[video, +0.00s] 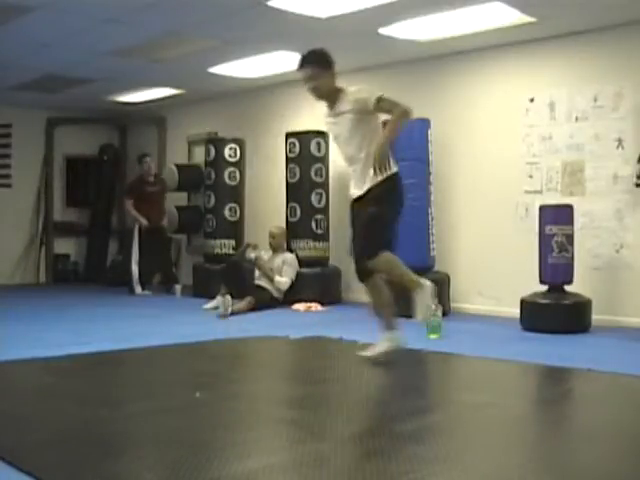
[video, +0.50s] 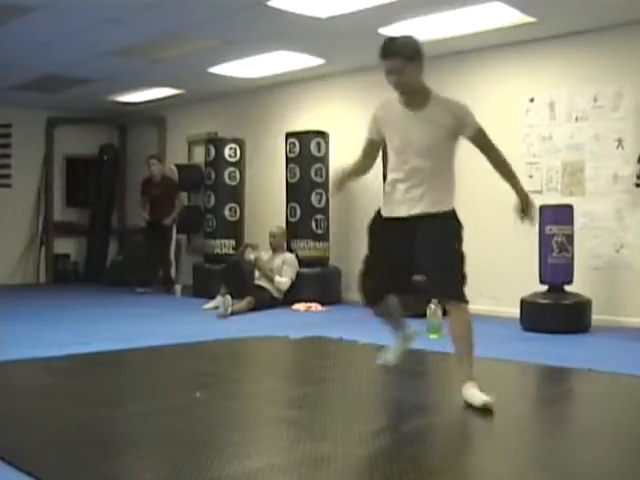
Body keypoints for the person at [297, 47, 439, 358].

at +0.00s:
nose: (310, 88)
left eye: (314, 79)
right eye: (306, 82)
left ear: (330, 73)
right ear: (305, 83)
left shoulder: (357, 99)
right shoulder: (331, 113)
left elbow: (402, 111)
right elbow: (355, 139)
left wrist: (383, 144)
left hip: (382, 185)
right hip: (359, 193)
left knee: (372, 254)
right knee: (365, 269)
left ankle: (421, 288)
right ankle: (390, 334)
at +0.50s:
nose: (394, 79)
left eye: (400, 71)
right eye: (388, 72)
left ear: (420, 66)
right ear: (384, 73)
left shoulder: (452, 111)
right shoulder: (384, 113)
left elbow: (490, 151)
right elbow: (366, 158)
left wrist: (520, 191)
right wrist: (347, 175)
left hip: (437, 219)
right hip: (391, 221)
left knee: (452, 297)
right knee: (372, 291)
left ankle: (468, 383)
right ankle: (403, 333)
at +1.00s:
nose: (333, 56)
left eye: (340, 46)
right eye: (325, 48)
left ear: (360, 44)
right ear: (318, 51)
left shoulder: (388, 92)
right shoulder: (304, 98)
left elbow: (458, 97)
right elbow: (271, 147)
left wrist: (448, 57)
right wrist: (241, 190)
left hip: (381, 220)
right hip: (324, 221)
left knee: (439, 293)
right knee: (287, 312)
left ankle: (464, 390)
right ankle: (251, 403)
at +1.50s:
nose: (321, 38)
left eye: (327, 34)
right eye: (313, 29)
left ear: (330, 44)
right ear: (290, 33)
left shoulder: (337, 100)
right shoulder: (249, 88)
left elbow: (349, 162)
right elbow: (223, 144)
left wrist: (359, 210)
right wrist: (225, 198)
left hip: (307, 222)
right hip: (252, 217)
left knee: (325, 309)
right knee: (227, 305)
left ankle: (318, 403)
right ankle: (215, 368)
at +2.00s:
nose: (175, 55)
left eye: (184, 48)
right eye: (172, 48)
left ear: (204, 53)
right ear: (168, 54)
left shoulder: (231, 95)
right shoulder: (169, 102)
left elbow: (272, 139)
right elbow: (166, 152)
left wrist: (303, 179)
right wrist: (151, 195)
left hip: (228, 203)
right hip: (187, 205)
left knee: (219, 292)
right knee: (176, 291)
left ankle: (225, 376)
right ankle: (192, 368)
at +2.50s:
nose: (195, 107)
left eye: (197, 99)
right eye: (191, 102)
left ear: (215, 87)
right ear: (198, 96)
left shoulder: (246, 117)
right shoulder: (217, 118)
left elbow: (242, 177)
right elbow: (218, 166)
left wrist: (206, 214)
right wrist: (197, 205)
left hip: (250, 205)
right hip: (229, 203)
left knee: (210, 272)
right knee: (224, 273)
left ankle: (189, 350)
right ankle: (265, 328)